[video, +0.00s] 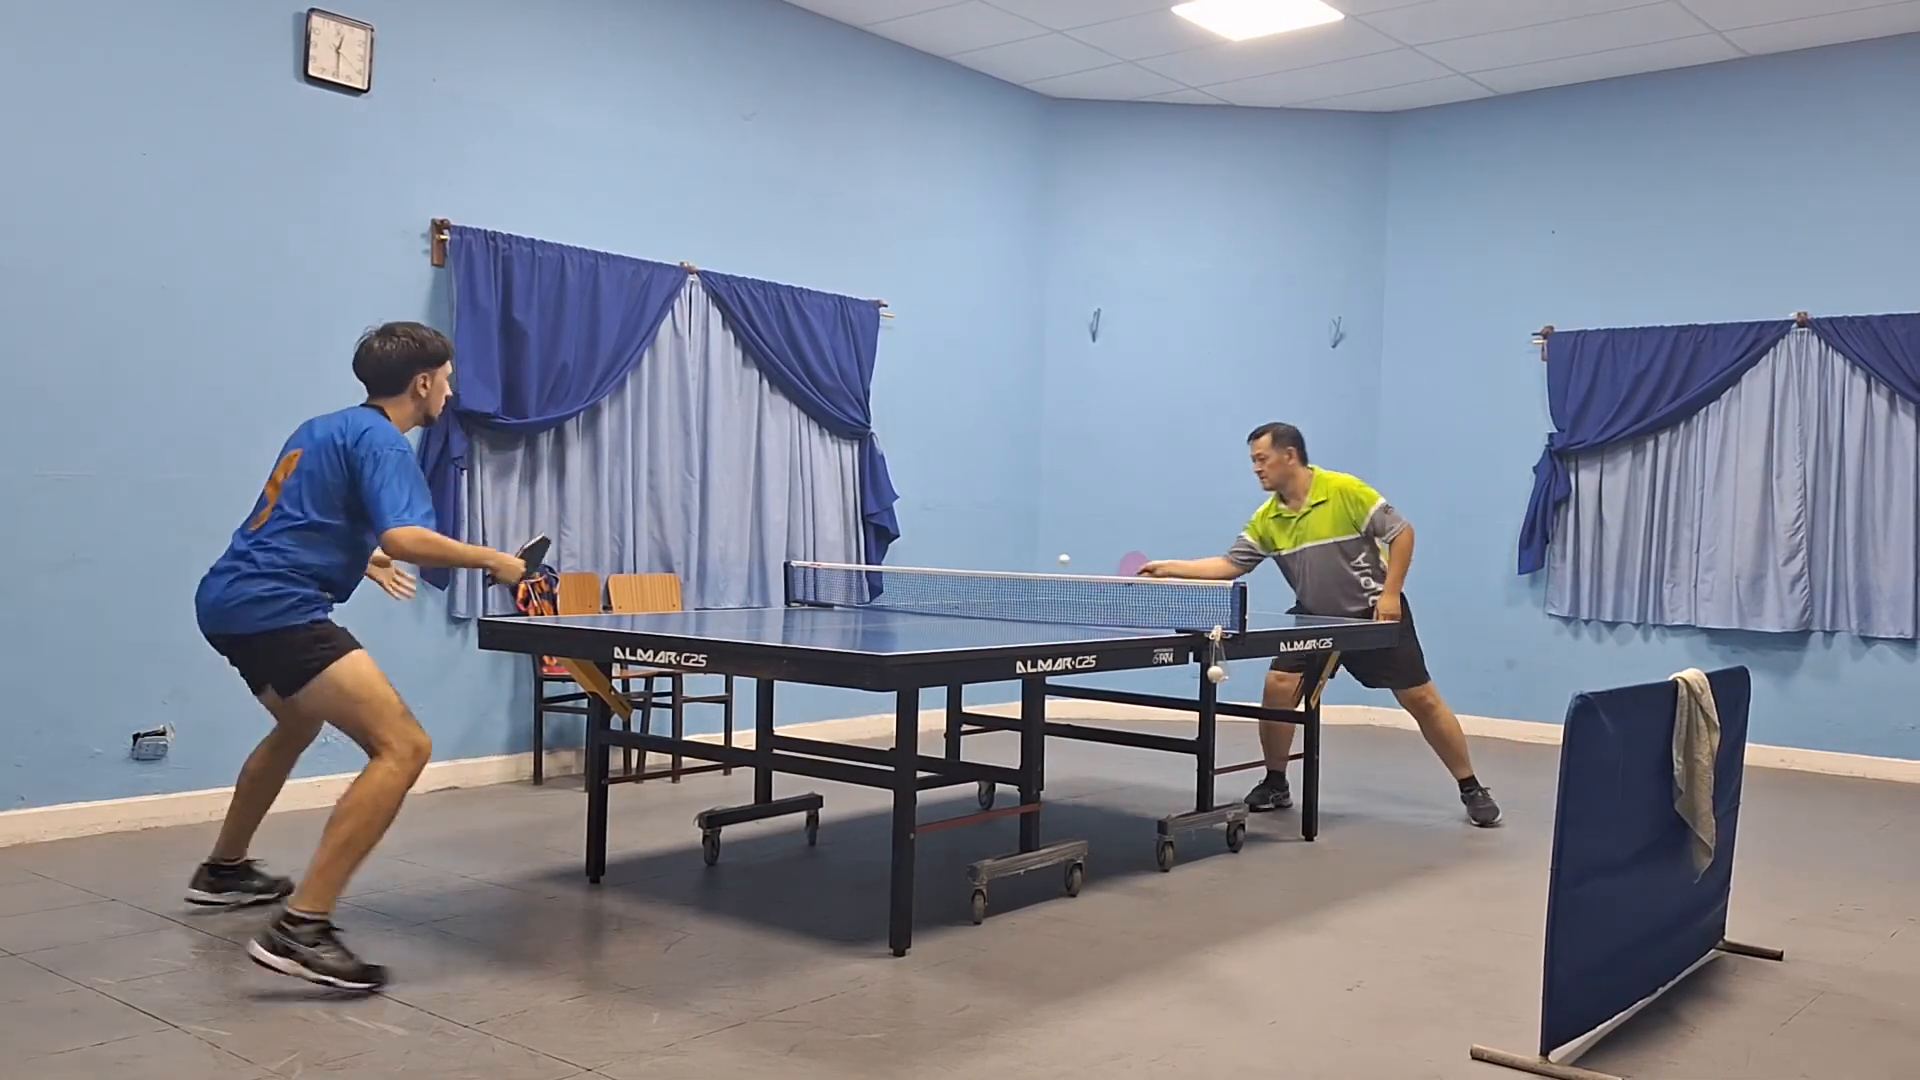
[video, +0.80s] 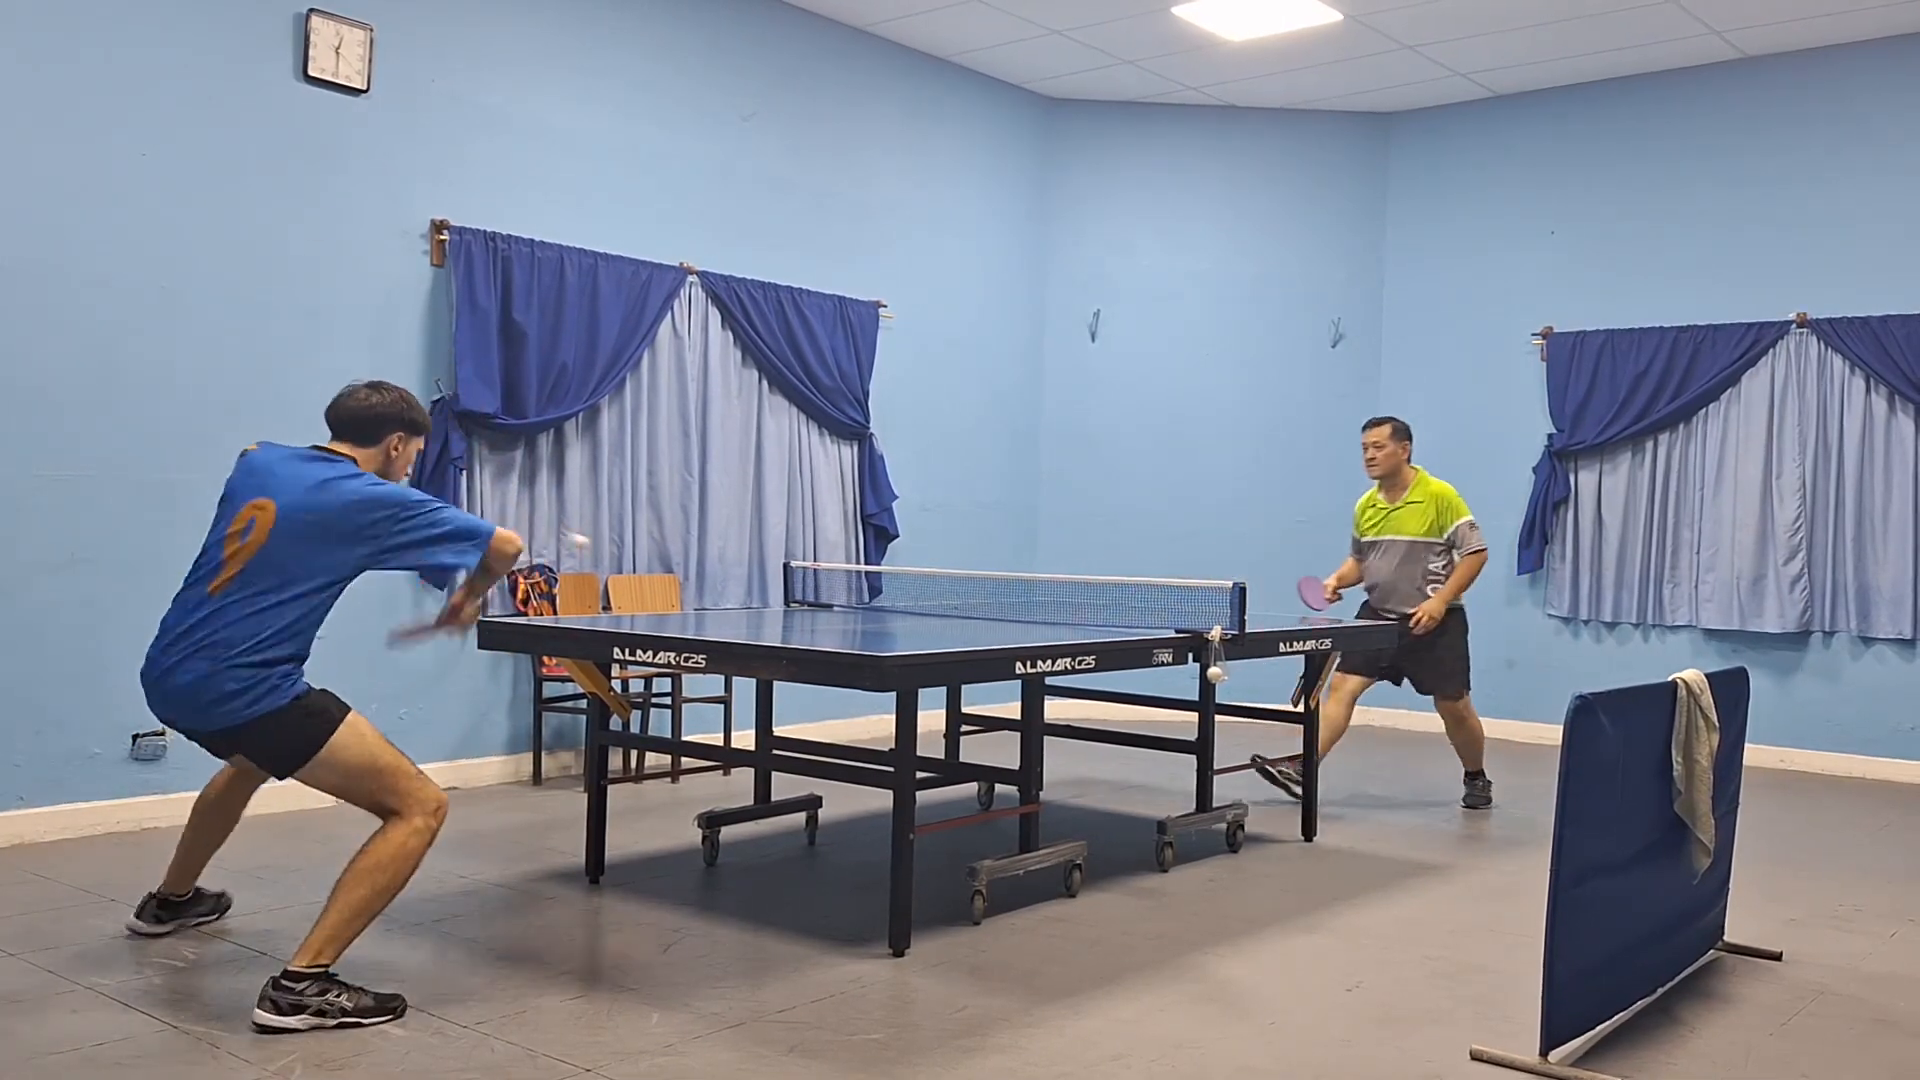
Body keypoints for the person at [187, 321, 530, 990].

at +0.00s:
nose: (449, 389)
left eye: (448, 376)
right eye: (444, 377)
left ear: (381, 382)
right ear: (418, 383)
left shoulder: (320, 429)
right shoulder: (384, 442)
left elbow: (292, 512)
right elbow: (401, 537)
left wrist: (363, 555)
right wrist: (493, 559)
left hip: (227, 600)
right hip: (278, 605)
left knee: (299, 722)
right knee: (404, 747)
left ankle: (224, 867)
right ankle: (303, 925)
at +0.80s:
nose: (412, 465)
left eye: (415, 453)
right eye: (414, 452)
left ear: (339, 436)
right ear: (392, 445)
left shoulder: (258, 461)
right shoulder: (372, 501)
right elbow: (505, 545)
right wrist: (471, 591)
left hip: (168, 677)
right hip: (244, 691)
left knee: (259, 754)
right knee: (422, 808)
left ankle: (170, 897)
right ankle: (303, 980)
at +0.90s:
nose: (396, 446)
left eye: (397, 433)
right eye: (396, 433)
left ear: (318, 432)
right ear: (373, 438)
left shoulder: (237, 469)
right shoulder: (354, 514)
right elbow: (491, 539)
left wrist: (408, 551)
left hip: (165, 690)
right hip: (233, 701)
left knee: (272, 764)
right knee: (417, 807)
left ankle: (161, 907)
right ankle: (302, 981)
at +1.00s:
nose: (386, 436)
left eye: (385, 423)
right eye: (382, 424)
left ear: (311, 427)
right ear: (353, 430)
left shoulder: (235, 472)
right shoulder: (332, 504)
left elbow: (307, 570)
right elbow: (481, 510)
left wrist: (413, 598)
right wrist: (569, 443)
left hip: (153, 679)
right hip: (218, 686)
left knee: (256, 759)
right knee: (403, 801)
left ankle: (158, 906)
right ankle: (301, 982)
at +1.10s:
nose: (380, 404)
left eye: (380, 391)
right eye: (375, 392)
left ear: (311, 398)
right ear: (339, 398)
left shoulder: (239, 449)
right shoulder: (298, 466)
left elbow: (296, 560)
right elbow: (437, 495)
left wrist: (401, 597)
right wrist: (527, 421)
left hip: (144, 644)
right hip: (195, 649)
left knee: (247, 752)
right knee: (353, 780)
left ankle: (158, 906)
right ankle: (298, 979)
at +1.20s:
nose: (373, 372)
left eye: (372, 358)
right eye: (367, 358)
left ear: (308, 364)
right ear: (330, 363)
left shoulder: (241, 416)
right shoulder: (276, 428)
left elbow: (267, 535)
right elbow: (383, 495)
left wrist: (368, 577)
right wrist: (488, 440)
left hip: (142, 597)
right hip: (164, 603)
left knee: (236, 740)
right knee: (292, 755)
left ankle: (147, 886)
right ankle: (256, 962)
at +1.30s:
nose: (352, 368)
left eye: (352, 353)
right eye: (347, 353)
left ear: (300, 360)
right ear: (309, 359)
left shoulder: (246, 424)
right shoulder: (236, 422)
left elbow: (268, 538)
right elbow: (296, 512)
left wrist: (356, 566)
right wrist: (420, 485)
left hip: (158, 601)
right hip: (145, 606)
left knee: (225, 746)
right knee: (254, 764)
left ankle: (129, 865)